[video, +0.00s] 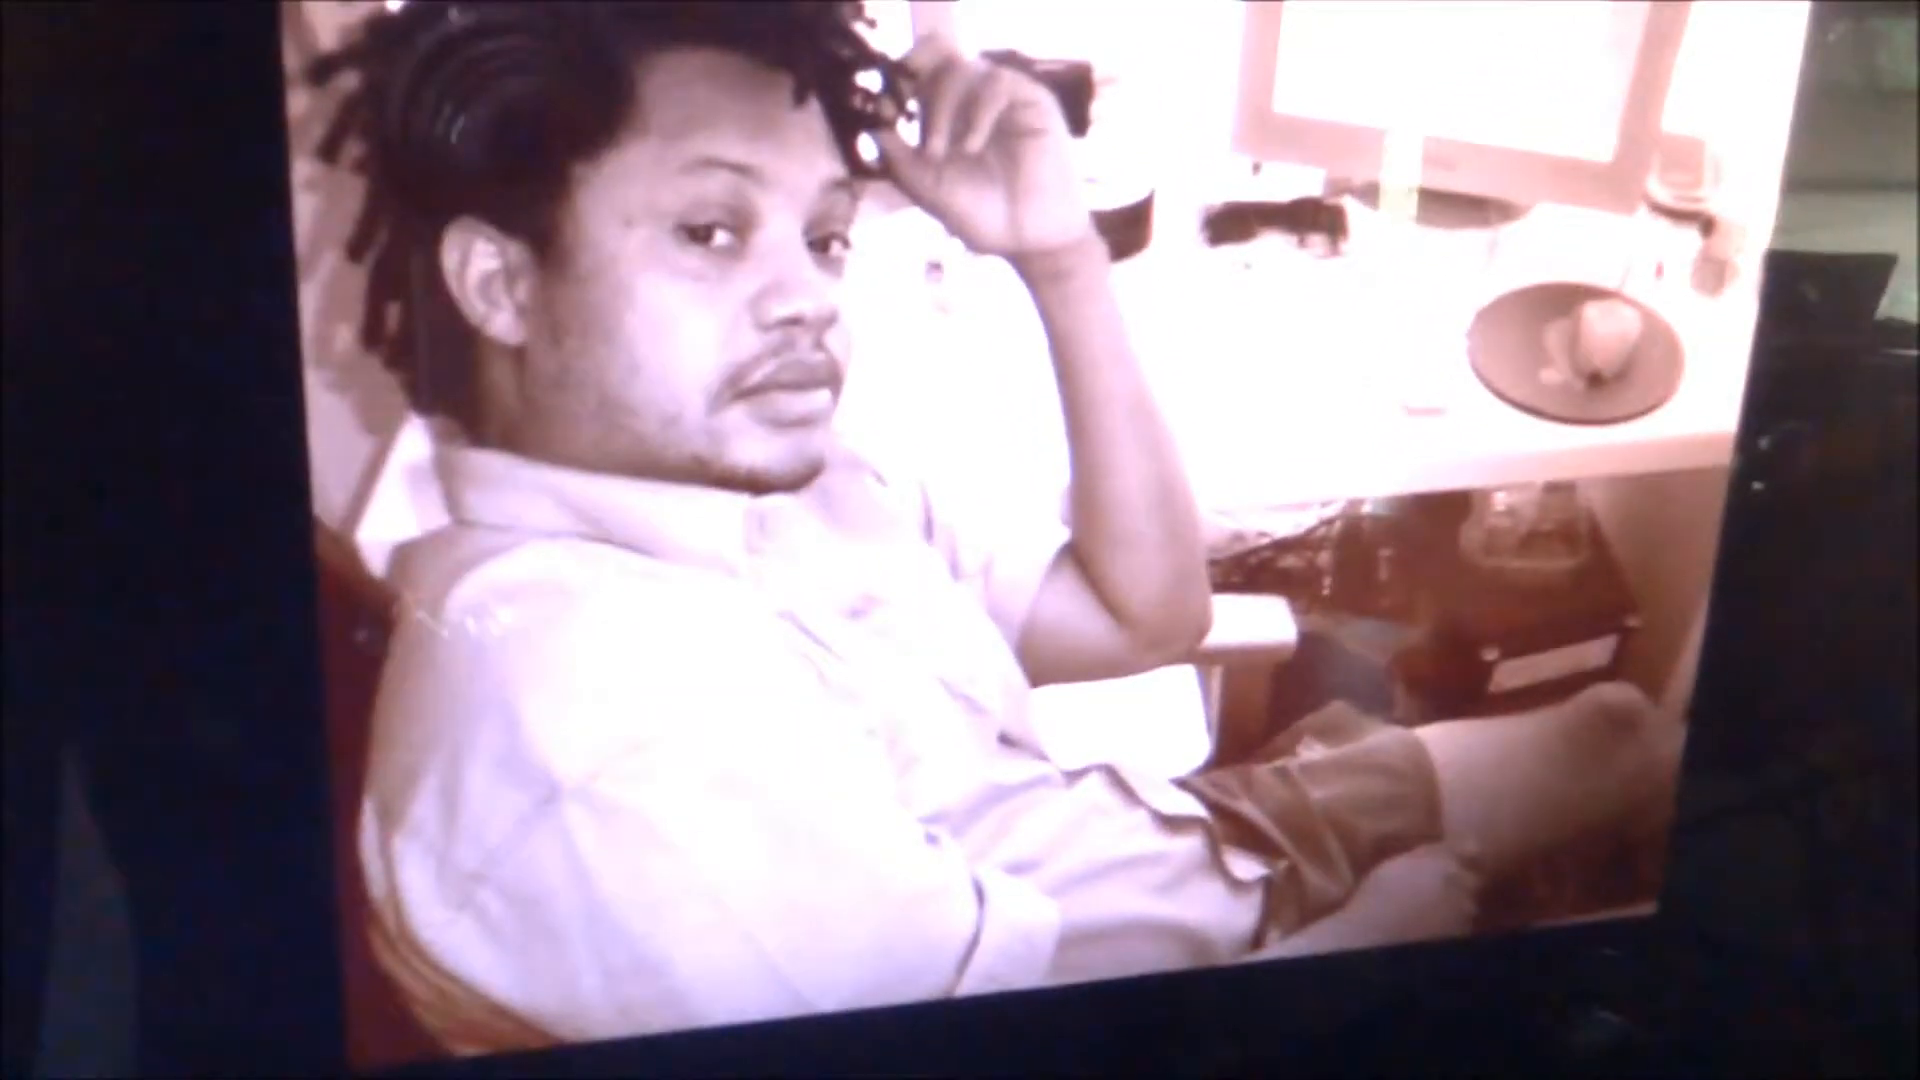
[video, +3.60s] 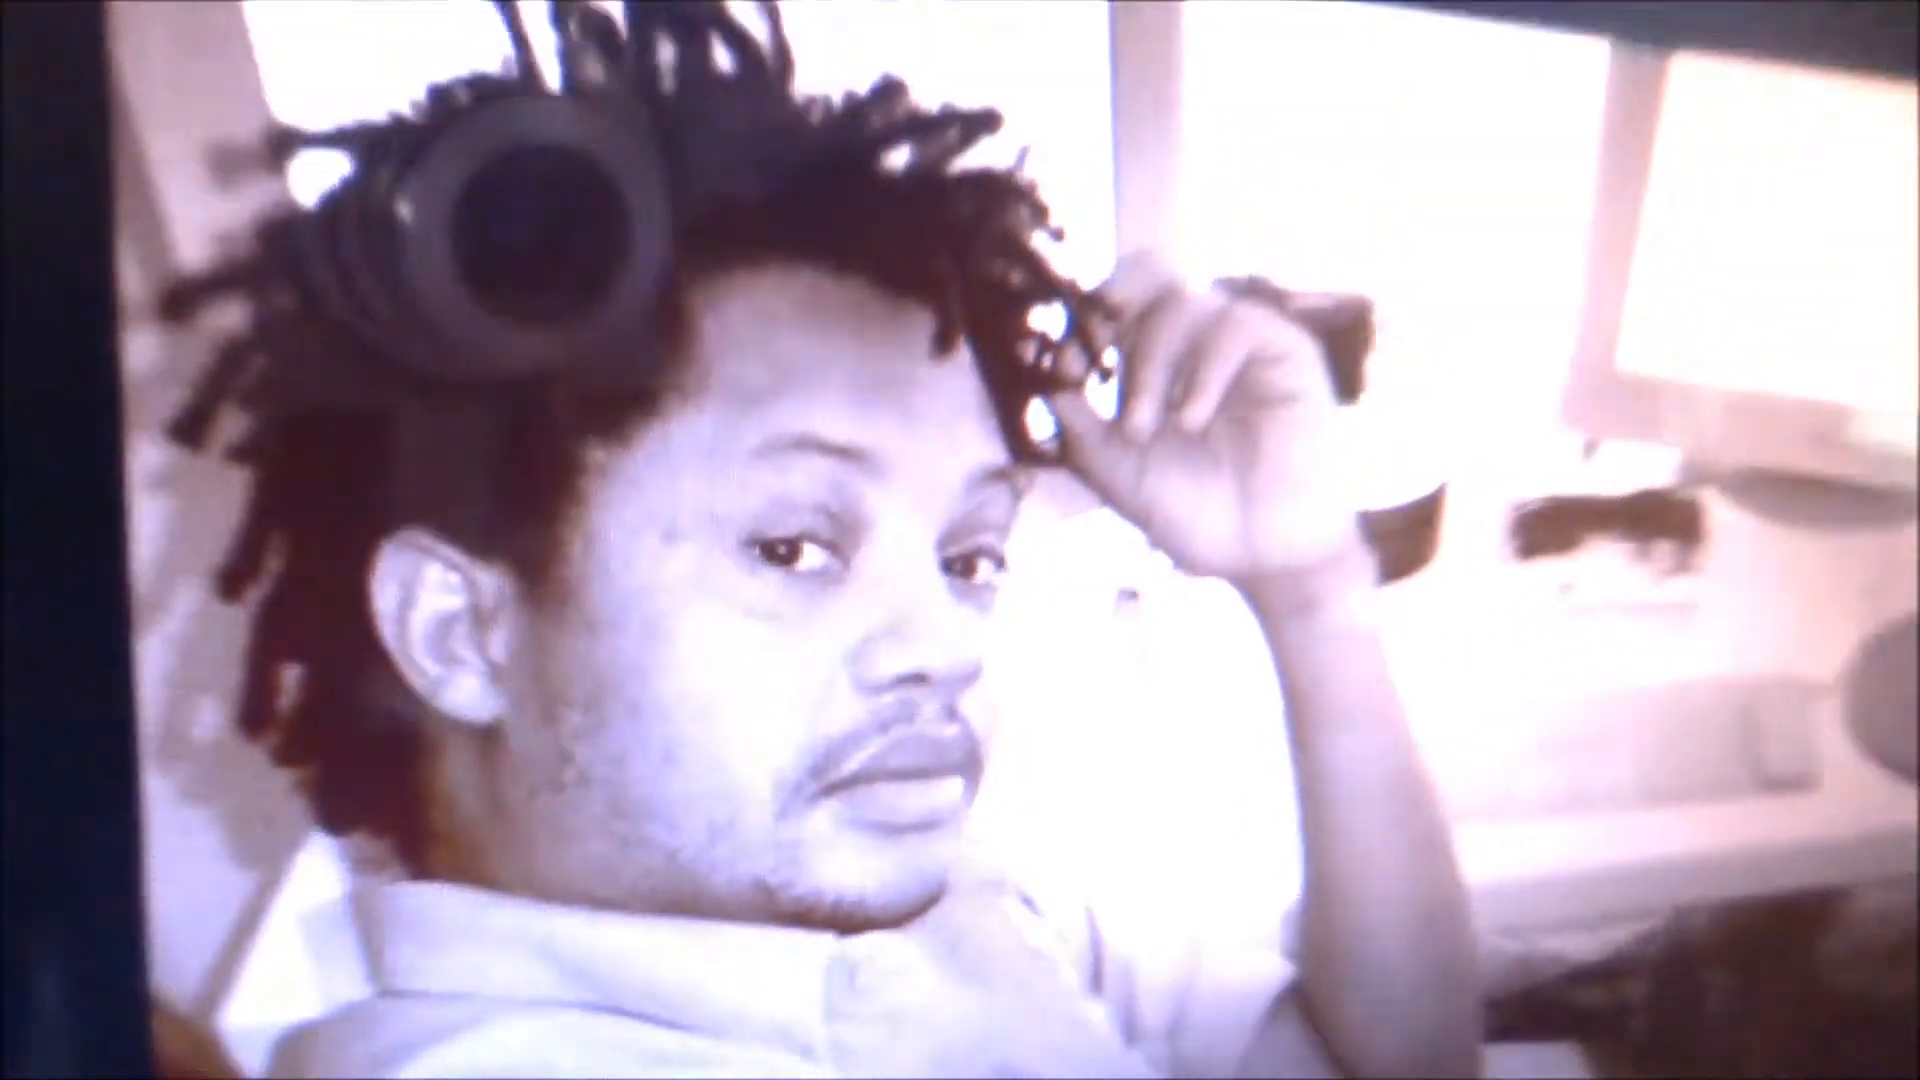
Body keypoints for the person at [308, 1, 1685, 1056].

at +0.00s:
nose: (810, 306)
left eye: (819, 243)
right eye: (711, 236)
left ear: (854, 250)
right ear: (494, 282)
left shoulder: (803, 486)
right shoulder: (551, 679)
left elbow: (1141, 615)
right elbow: (986, 996)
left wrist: (1058, 252)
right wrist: (1360, 880)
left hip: (1164, 838)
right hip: (1137, 965)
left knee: (1619, 723)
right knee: (1640, 752)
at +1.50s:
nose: (777, 456)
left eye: (788, 383)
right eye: (665, 375)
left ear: (826, 391)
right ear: (418, 428)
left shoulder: (771, 663)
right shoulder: (498, 875)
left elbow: (1159, 790)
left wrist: (1059, 394)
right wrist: (1459, 1036)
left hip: (1213, 1015)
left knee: (1683, 906)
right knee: (1710, 948)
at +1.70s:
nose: (902, 504)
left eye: (920, 426)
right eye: (783, 416)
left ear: (959, 437)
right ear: (503, 480)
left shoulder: (905, 776)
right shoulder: (581, 976)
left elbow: (1316, 876)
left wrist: (1216, 442)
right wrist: (1659, 1061)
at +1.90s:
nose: (1012, 587)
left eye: (1033, 503)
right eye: (863, 491)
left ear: (1072, 509)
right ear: (545, 576)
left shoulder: (1055, 873)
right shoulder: (601, 1026)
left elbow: (1463, 1024)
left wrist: (1371, 537)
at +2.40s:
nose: (1182, 601)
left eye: (1211, 495)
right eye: (1005, 480)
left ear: (1258, 503)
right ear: (598, 584)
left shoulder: (1250, 963)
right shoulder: (463, 1044)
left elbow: (1692, 1048)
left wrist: (1603, 523)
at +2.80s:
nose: (1095, 591)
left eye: (1125, 478)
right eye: (896, 461)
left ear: (1174, 487)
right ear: (446, 581)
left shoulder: (1182, 1000)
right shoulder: (227, 1042)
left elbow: (1649, 1052)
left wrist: (1549, 512)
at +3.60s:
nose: (939, 655)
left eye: (970, 563)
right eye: (797, 549)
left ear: (1009, 565)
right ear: (455, 631)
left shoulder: (1021, 963)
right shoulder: (392, 1034)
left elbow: (1399, 1054)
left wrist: (1311, 590)